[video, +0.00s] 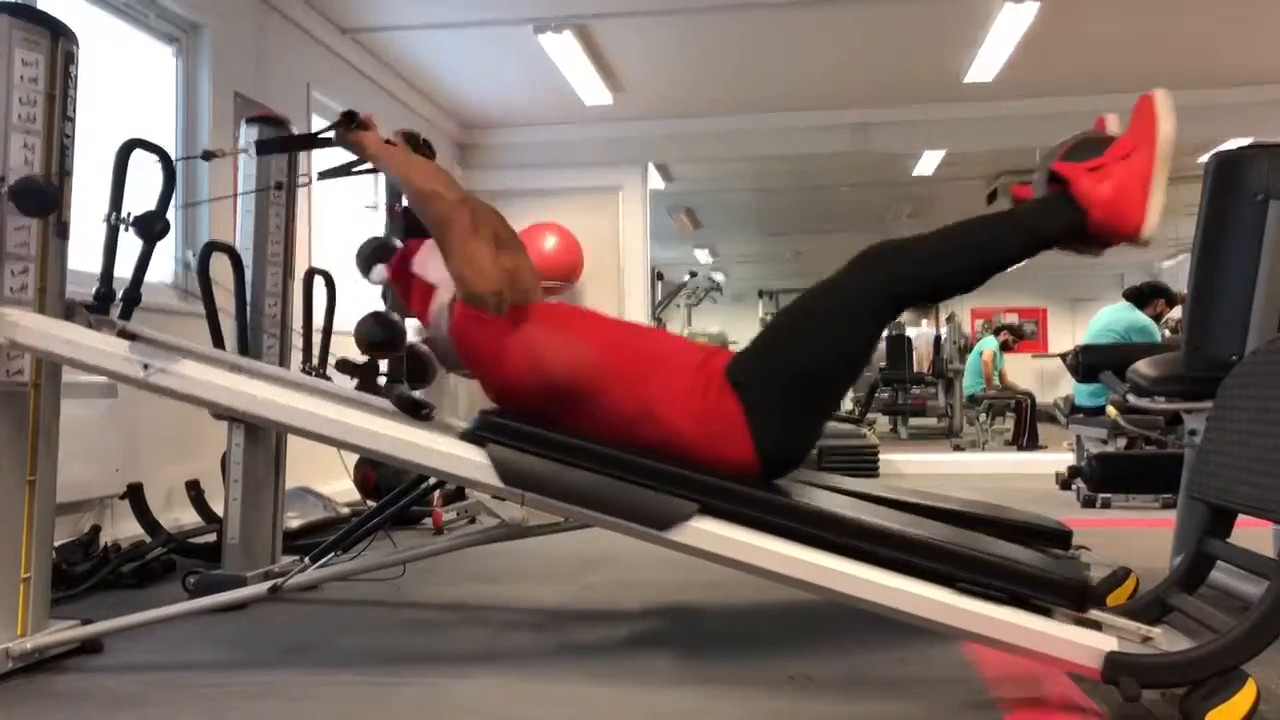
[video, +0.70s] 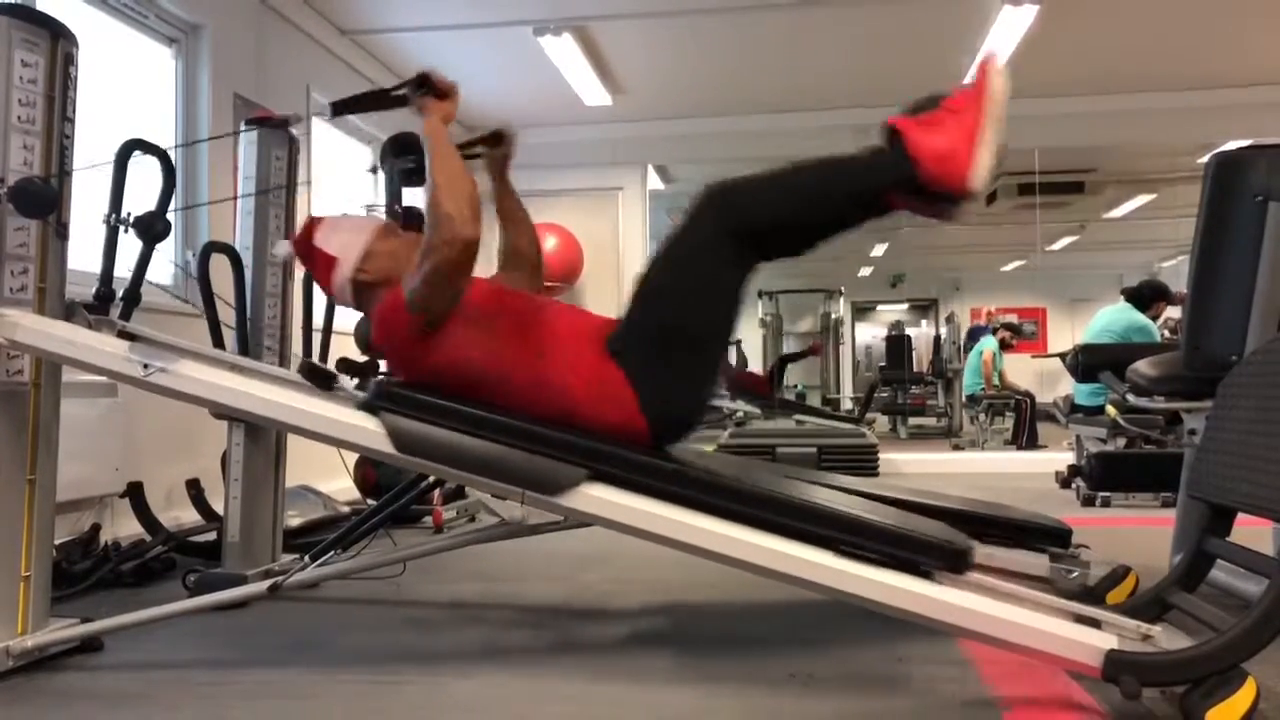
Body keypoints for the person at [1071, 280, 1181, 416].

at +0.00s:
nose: (1163, 316)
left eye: (1166, 313)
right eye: (1166, 311)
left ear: (1139, 298)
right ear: (1159, 305)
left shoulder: (1107, 311)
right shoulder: (1143, 324)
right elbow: (1158, 367)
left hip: (1082, 398)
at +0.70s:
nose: (1162, 313)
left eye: (1164, 308)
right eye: (1164, 308)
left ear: (1137, 295)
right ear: (1160, 307)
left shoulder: (1106, 312)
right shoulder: (1143, 325)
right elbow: (1157, 368)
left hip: (1081, 396)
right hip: (1102, 401)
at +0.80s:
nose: (1163, 311)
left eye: (1164, 306)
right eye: (1164, 306)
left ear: (1136, 295)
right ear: (1158, 304)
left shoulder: (1106, 311)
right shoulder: (1143, 324)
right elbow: (1157, 367)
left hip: (1082, 396)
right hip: (1102, 401)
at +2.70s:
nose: (1166, 312)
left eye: (1169, 307)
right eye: (1167, 306)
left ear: (1139, 297)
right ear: (1158, 303)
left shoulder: (1108, 311)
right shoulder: (1143, 325)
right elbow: (1156, 370)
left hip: (1083, 396)